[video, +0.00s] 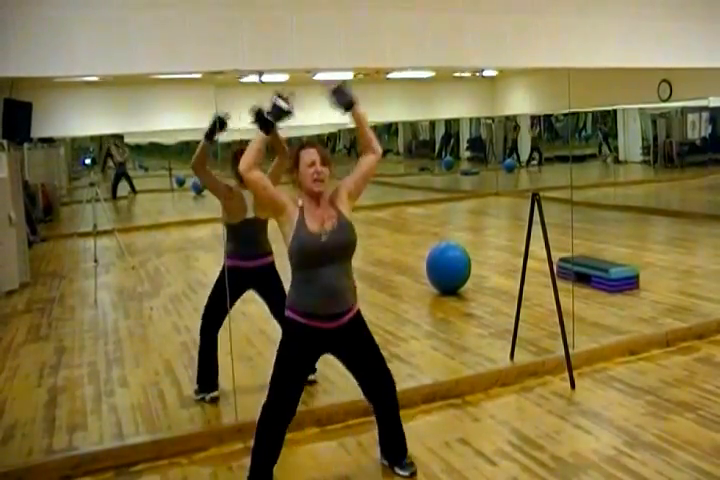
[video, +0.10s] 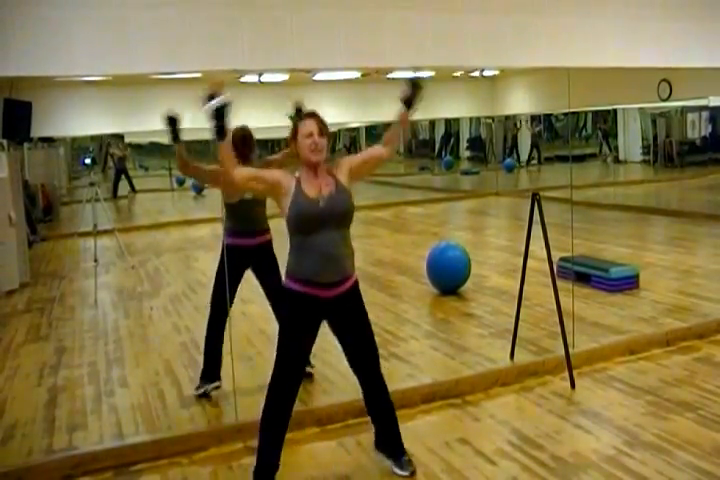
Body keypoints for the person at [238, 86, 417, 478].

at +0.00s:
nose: (317, 169)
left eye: (321, 163)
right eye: (309, 164)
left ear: (329, 170)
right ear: (297, 174)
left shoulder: (342, 199)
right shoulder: (288, 208)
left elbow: (373, 152)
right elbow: (247, 170)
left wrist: (354, 108)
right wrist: (266, 125)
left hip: (348, 323)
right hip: (303, 327)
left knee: (384, 390)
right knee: (278, 410)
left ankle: (395, 456)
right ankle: (259, 476)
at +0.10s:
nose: (315, 141)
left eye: (320, 134)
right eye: (307, 136)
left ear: (328, 140)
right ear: (294, 144)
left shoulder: (343, 171)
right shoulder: (283, 181)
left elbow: (388, 147)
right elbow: (231, 174)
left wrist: (407, 108)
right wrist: (221, 128)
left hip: (345, 292)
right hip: (301, 295)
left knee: (370, 373)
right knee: (283, 383)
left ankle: (391, 446)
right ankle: (264, 472)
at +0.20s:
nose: (315, 127)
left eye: (319, 120)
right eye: (307, 122)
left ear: (327, 127)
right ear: (293, 131)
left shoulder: (343, 164)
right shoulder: (280, 174)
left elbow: (384, 180)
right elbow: (236, 207)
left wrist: (422, 171)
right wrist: (203, 191)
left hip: (342, 279)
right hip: (301, 282)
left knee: (359, 363)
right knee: (295, 376)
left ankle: (365, 445)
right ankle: (285, 467)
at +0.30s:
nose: (316, 138)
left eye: (320, 132)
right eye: (308, 133)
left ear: (327, 138)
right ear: (294, 141)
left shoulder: (341, 181)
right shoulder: (282, 190)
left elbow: (361, 229)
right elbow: (264, 243)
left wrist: (403, 252)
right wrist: (236, 272)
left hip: (342, 290)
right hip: (301, 293)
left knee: (347, 374)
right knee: (308, 377)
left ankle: (338, 456)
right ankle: (309, 461)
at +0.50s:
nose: (315, 134)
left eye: (319, 127)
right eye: (307, 129)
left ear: (327, 133)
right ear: (293, 136)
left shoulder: (341, 176)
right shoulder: (282, 183)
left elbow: (363, 226)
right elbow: (266, 235)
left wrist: (403, 235)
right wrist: (251, 258)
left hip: (342, 286)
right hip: (300, 288)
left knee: (349, 370)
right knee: (304, 375)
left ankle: (338, 453)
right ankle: (307, 465)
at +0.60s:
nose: (315, 125)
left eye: (320, 119)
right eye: (307, 120)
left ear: (328, 125)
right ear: (293, 128)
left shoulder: (343, 165)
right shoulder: (280, 171)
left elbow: (387, 186)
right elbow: (240, 211)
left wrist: (407, 169)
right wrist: (215, 188)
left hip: (342, 275)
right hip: (299, 278)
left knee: (361, 360)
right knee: (295, 369)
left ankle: (360, 442)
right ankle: (288, 459)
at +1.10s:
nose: (314, 130)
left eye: (318, 123)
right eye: (305, 126)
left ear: (327, 128)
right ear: (293, 135)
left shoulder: (344, 168)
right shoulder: (281, 178)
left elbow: (380, 195)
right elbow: (237, 221)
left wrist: (428, 194)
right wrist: (206, 209)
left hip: (345, 280)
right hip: (303, 284)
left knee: (361, 364)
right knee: (304, 374)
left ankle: (361, 451)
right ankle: (298, 468)